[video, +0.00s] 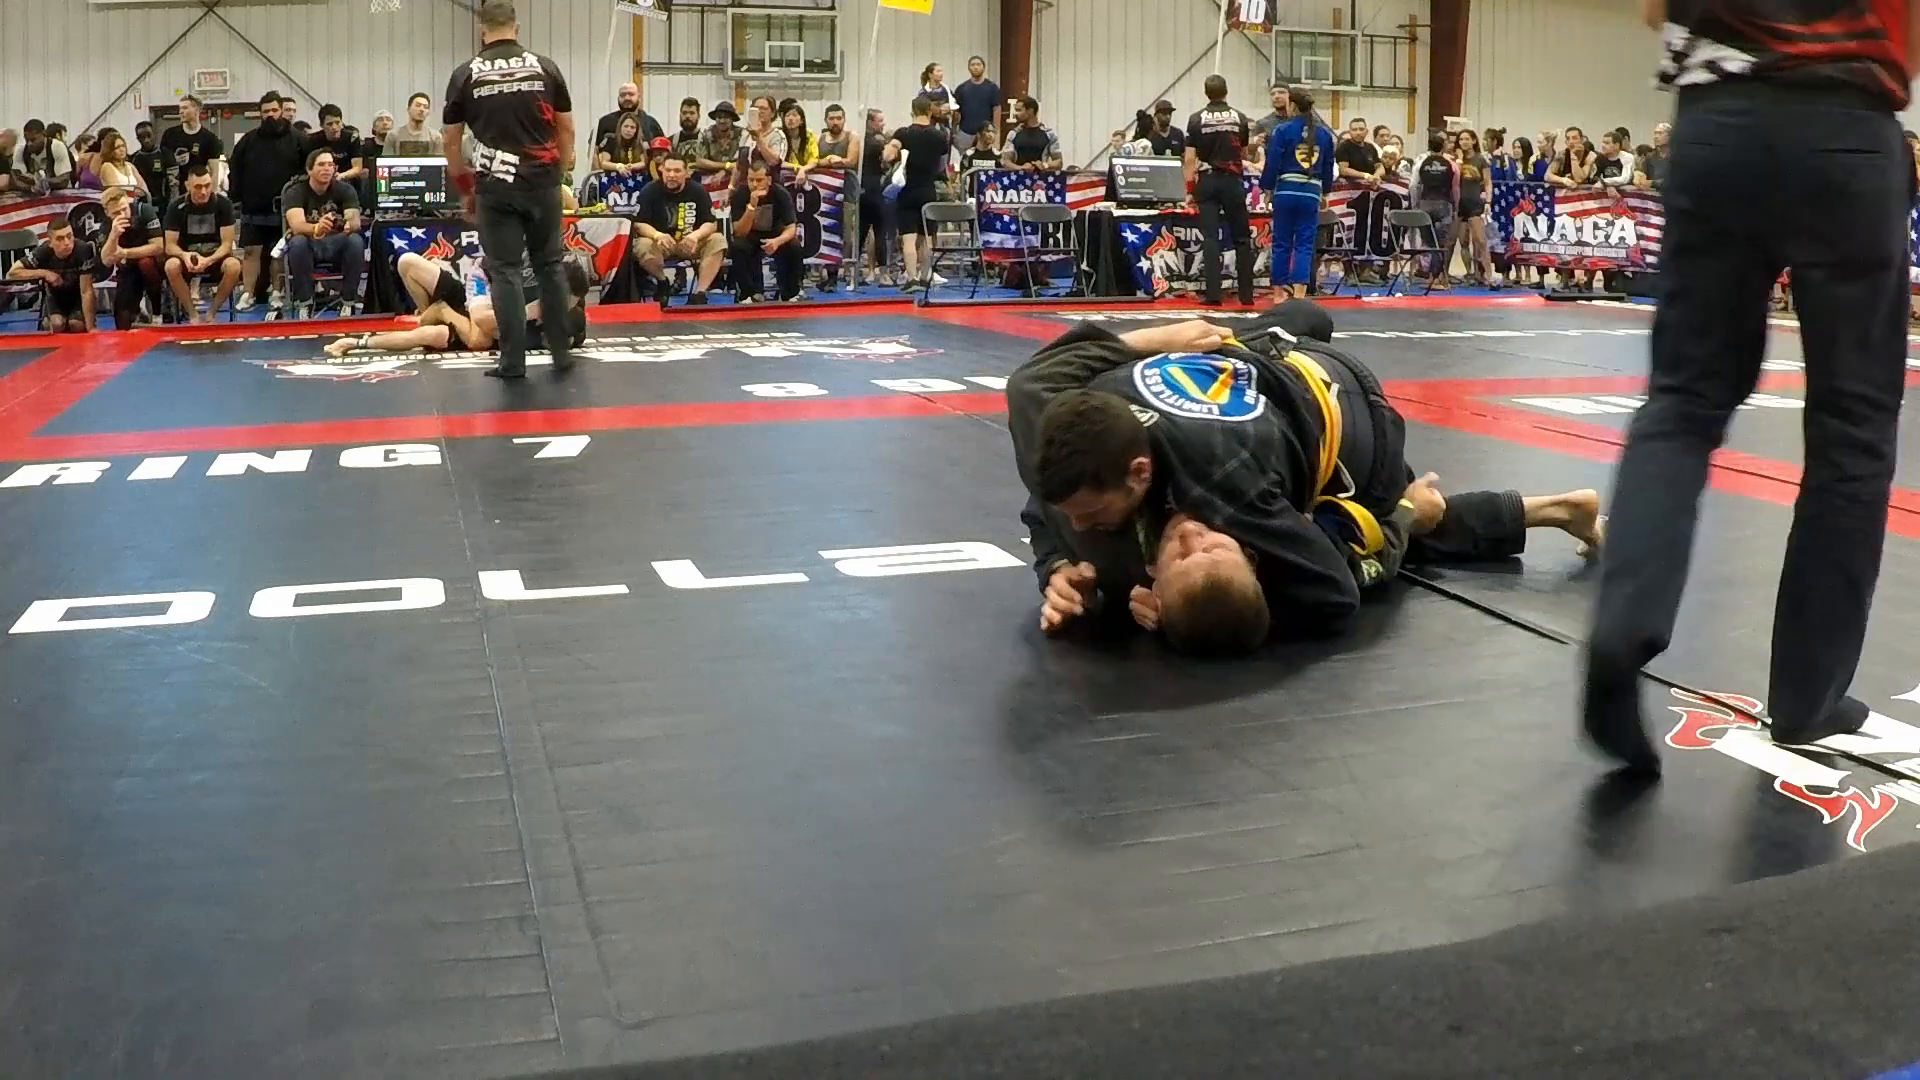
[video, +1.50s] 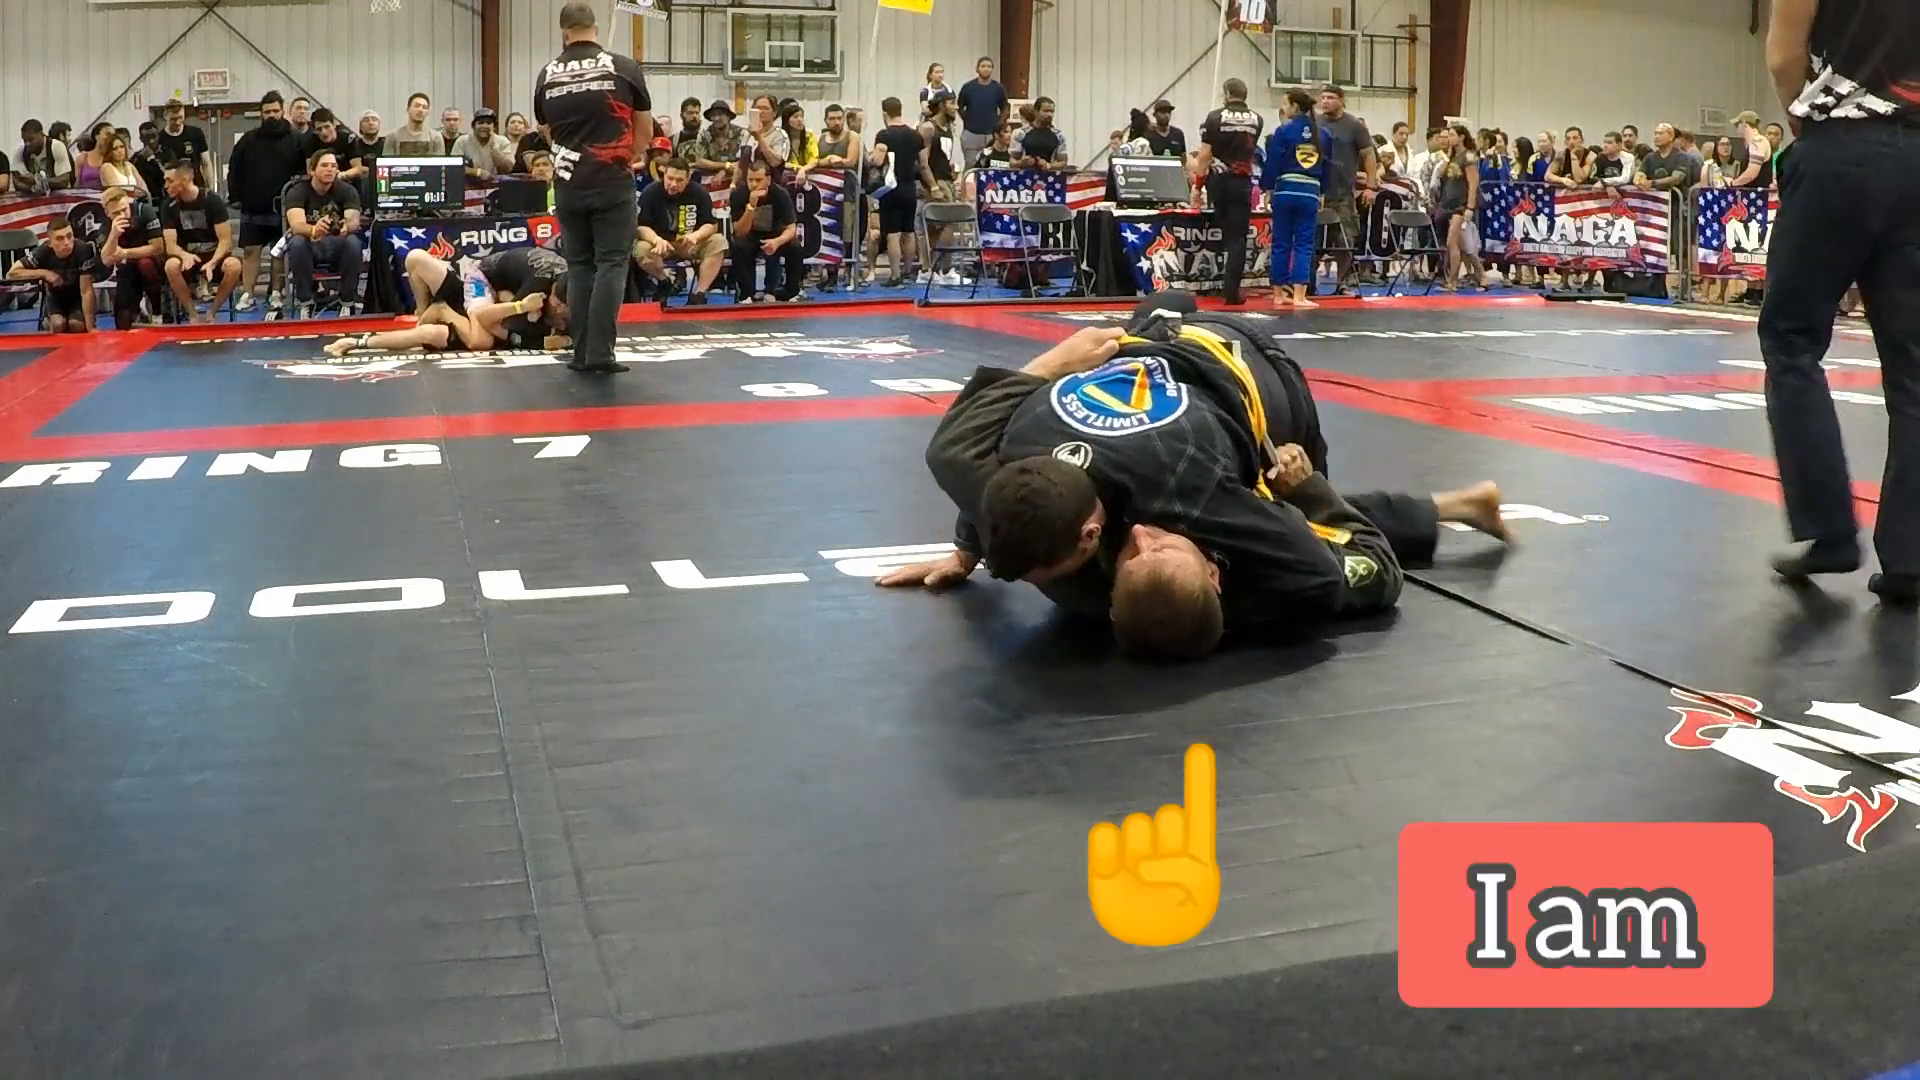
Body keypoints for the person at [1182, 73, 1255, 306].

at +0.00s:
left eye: (1208, 91)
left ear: (1206, 93)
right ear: (1226, 92)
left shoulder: (1196, 119)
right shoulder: (1240, 118)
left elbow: (1189, 158)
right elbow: (1245, 151)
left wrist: (1189, 190)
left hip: (1207, 179)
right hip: (1233, 179)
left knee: (1210, 238)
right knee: (1242, 238)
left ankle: (1213, 294)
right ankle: (1246, 295)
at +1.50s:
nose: (1226, 96)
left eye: (1225, 93)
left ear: (1226, 95)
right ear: (1245, 96)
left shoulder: (1214, 117)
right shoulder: (1256, 119)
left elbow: (1204, 155)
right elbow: (1250, 149)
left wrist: (1197, 185)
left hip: (1218, 178)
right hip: (1242, 180)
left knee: (1230, 233)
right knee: (1238, 237)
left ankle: (1233, 285)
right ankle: (1232, 292)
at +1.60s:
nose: (1223, 98)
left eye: (1224, 95)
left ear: (1226, 96)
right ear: (1245, 96)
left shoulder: (1214, 119)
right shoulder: (1256, 120)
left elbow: (1205, 157)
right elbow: (1251, 148)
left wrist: (1197, 186)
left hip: (1218, 179)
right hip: (1242, 181)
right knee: (1237, 238)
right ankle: (1231, 292)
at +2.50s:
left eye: (1236, 93)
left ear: (1232, 96)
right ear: (1251, 97)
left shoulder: (1221, 119)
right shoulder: (1261, 121)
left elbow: (1210, 155)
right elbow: (1259, 151)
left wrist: (1199, 170)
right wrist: (1246, 165)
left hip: (1220, 178)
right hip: (1244, 182)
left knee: (1210, 198)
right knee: (1238, 239)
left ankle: (1227, 222)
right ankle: (1231, 292)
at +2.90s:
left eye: (1232, 95)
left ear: (1231, 97)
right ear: (1250, 97)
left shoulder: (1220, 120)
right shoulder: (1262, 120)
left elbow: (1204, 148)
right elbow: (1259, 145)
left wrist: (1204, 135)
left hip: (1224, 180)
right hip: (1247, 183)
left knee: (1208, 197)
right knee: (1241, 239)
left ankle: (1230, 223)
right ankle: (1232, 293)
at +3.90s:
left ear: (1235, 97)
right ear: (1255, 98)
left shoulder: (1223, 117)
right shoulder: (1261, 120)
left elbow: (1211, 146)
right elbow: (1263, 148)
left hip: (1223, 176)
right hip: (1245, 179)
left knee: (1211, 198)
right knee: (1241, 237)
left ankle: (1230, 219)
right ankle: (1231, 292)